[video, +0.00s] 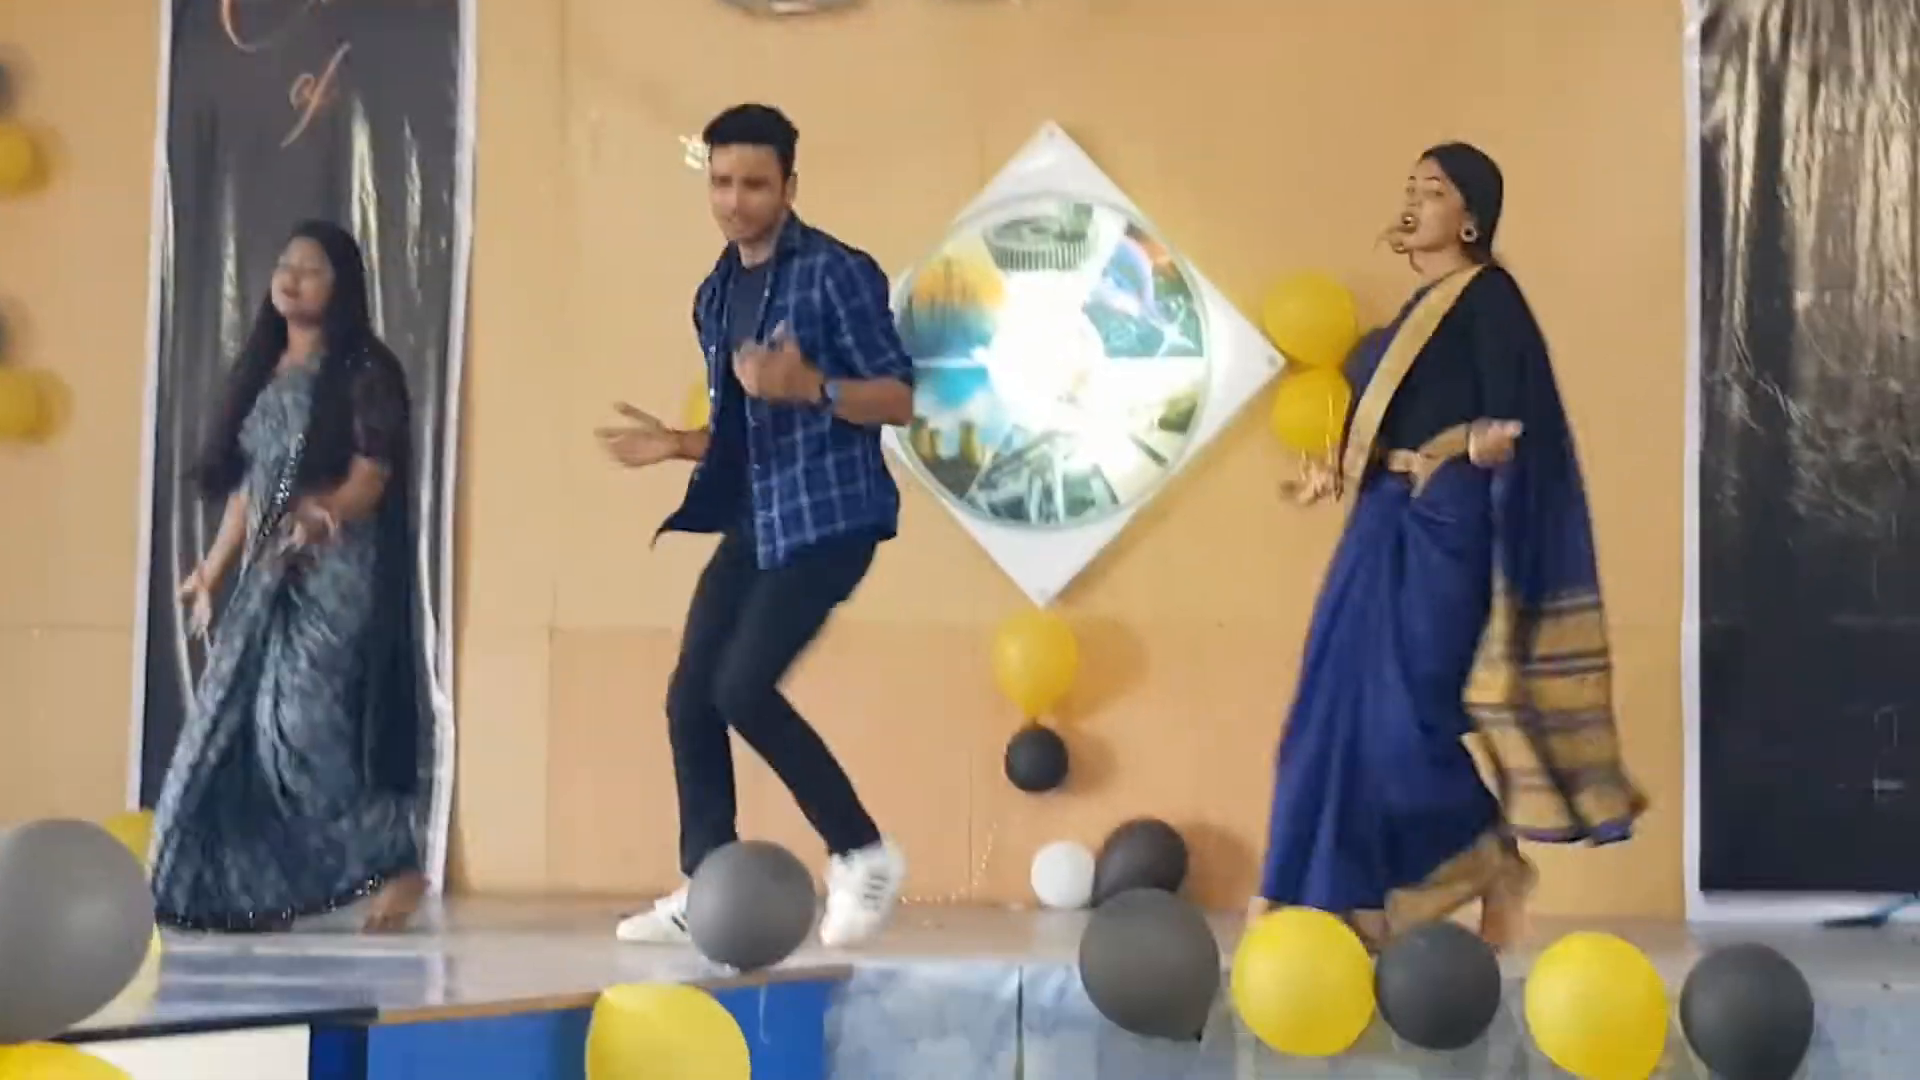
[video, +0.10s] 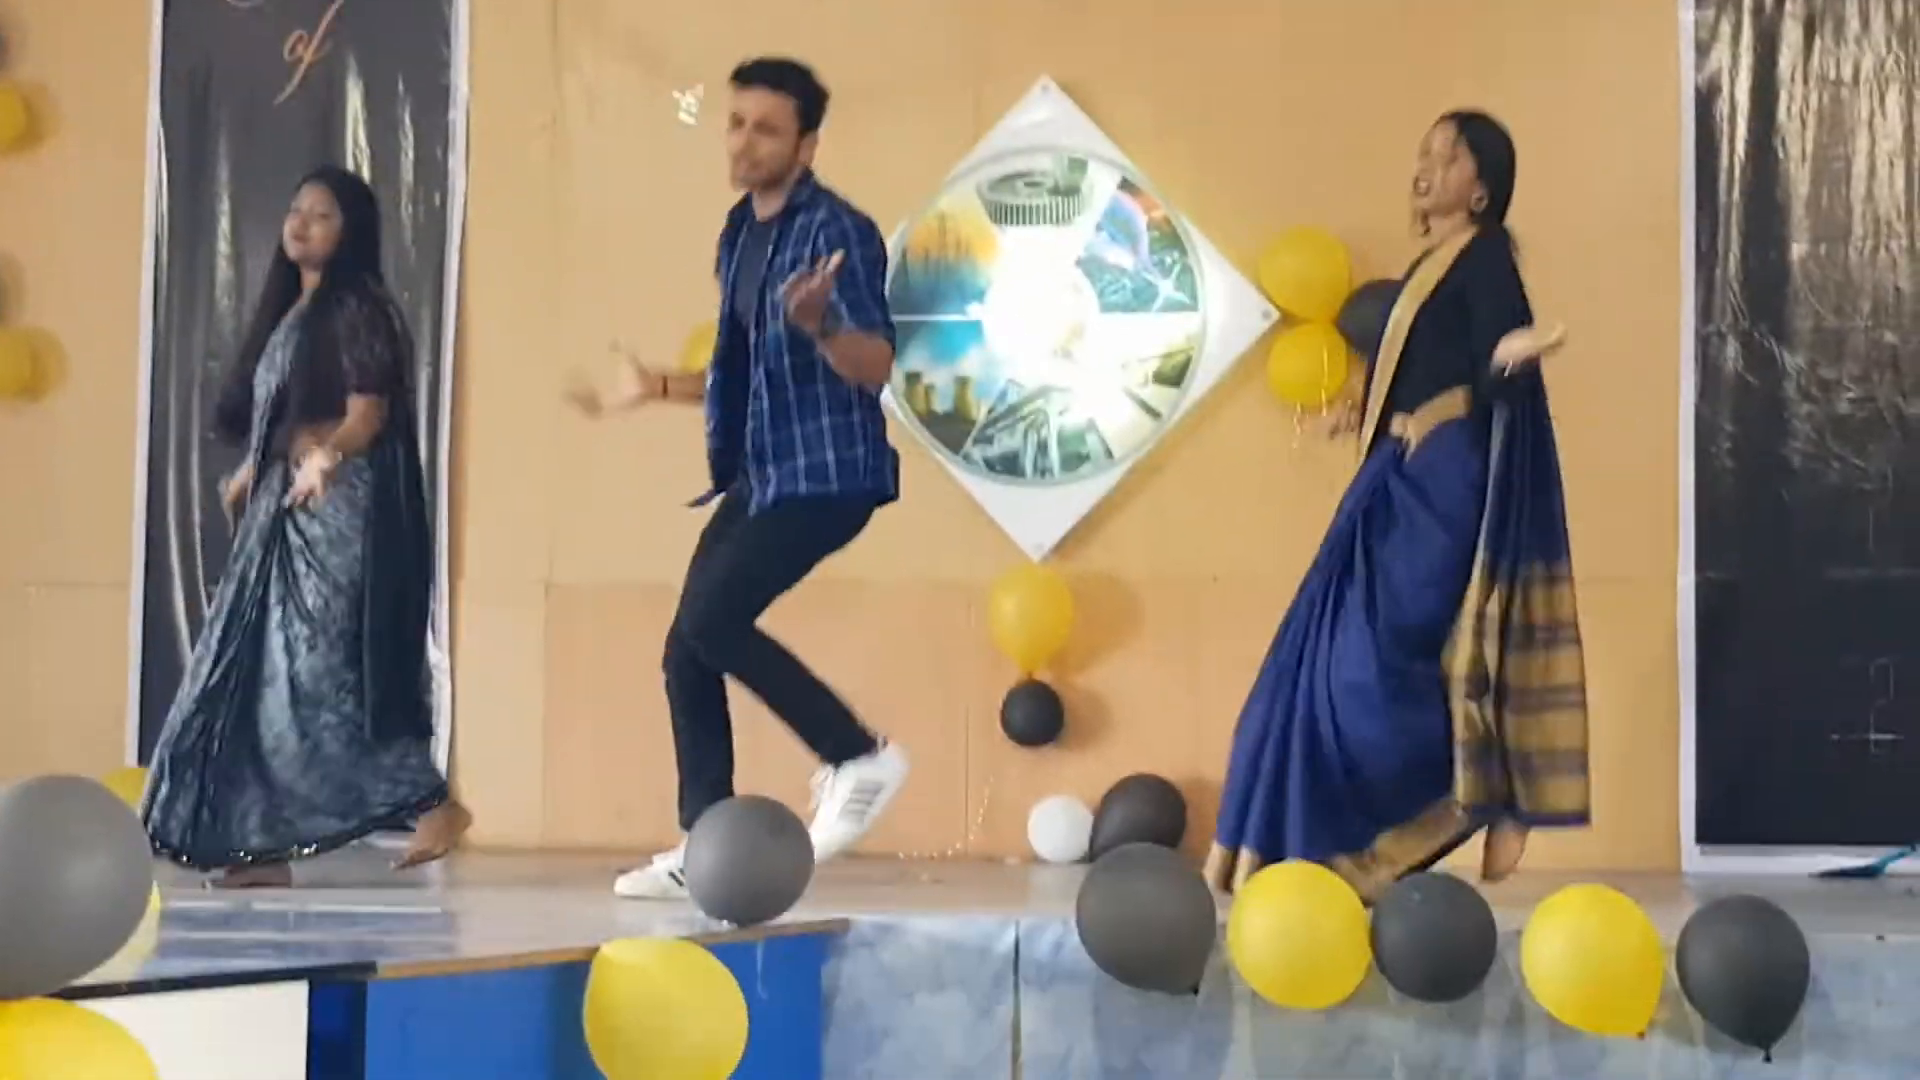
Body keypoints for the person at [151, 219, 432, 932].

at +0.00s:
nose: (293, 283)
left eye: (311, 272)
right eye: (285, 270)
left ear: (342, 285)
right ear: (272, 280)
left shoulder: (368, 368)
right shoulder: (262, 369)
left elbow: (375, 470)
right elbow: (249, 486)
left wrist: (332, 512)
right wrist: (212, 569)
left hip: (337, 566)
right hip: (264, 563)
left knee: (299, 716)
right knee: (231, 715)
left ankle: (391, 867)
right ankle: (255, 893)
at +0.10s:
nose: (299, 225)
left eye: (319, 216)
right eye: (295, 213)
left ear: (349, 232)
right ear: (285, 225)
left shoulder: (360, 306)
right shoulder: (287, 310)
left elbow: (372, 407)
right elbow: (285, 413)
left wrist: (329, 454)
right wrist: (253, 470)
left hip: (341, 509)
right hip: (283, 507)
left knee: (327, 671)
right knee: (257, 670)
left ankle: (431, 805)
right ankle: (263, 848)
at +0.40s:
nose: (365, 220)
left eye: (380, 211)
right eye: (366, 209)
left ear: (417, 223)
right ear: (378, 222)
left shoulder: (418, 300)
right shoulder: (385, 295)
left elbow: (387, 400)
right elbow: (370, 396)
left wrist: (328, 388)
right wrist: (335, 409)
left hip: (394, 492)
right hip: (365, 488)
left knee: (368, 654)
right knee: (344, 651)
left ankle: (459, 825)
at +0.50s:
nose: (396, 212)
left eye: (411, 203)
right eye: (399, 200)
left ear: (445, 217)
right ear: (434, 216)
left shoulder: (434, 285)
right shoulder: (447, 282)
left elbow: (410, 386)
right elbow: (441, 391)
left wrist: (352, 375)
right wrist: (379, 411)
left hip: (418, 485)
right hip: (430, 481)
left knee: (384, 644)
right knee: (400, 645)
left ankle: (449, 822)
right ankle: (433, 818)